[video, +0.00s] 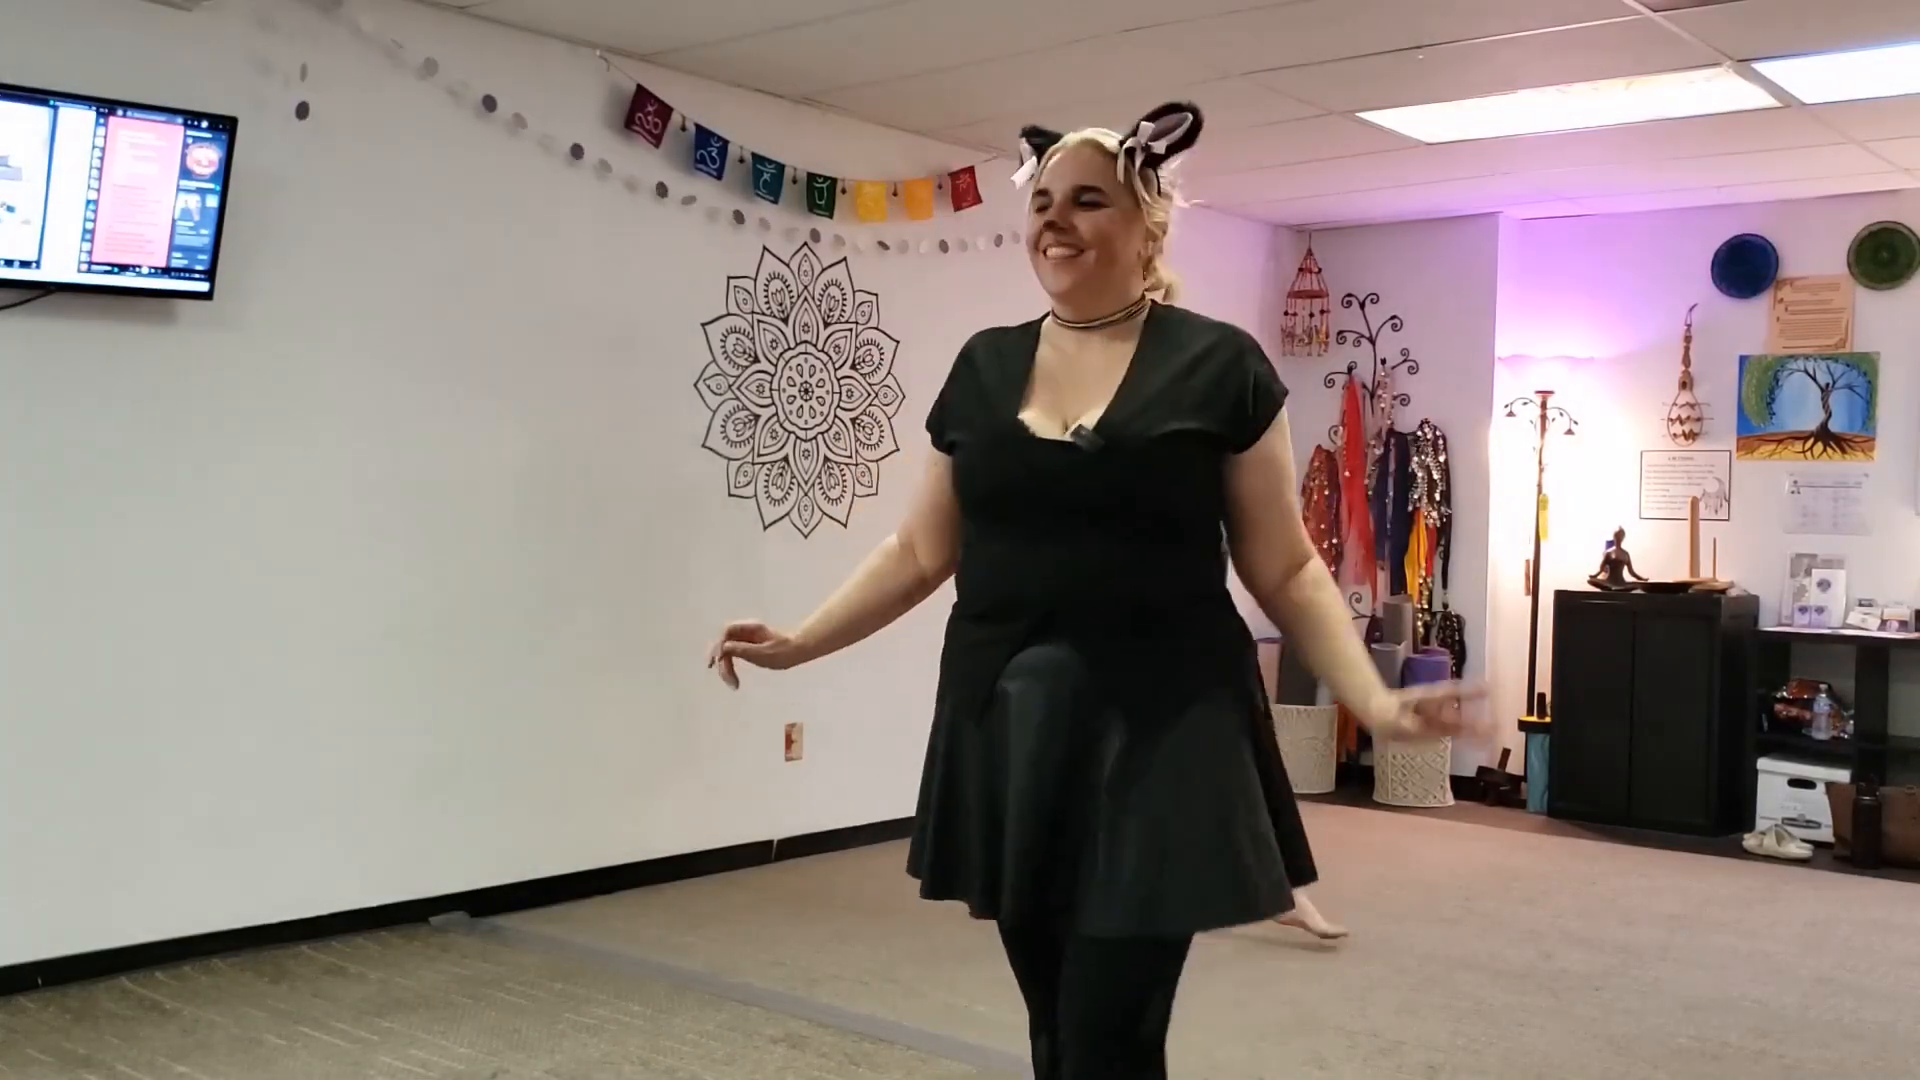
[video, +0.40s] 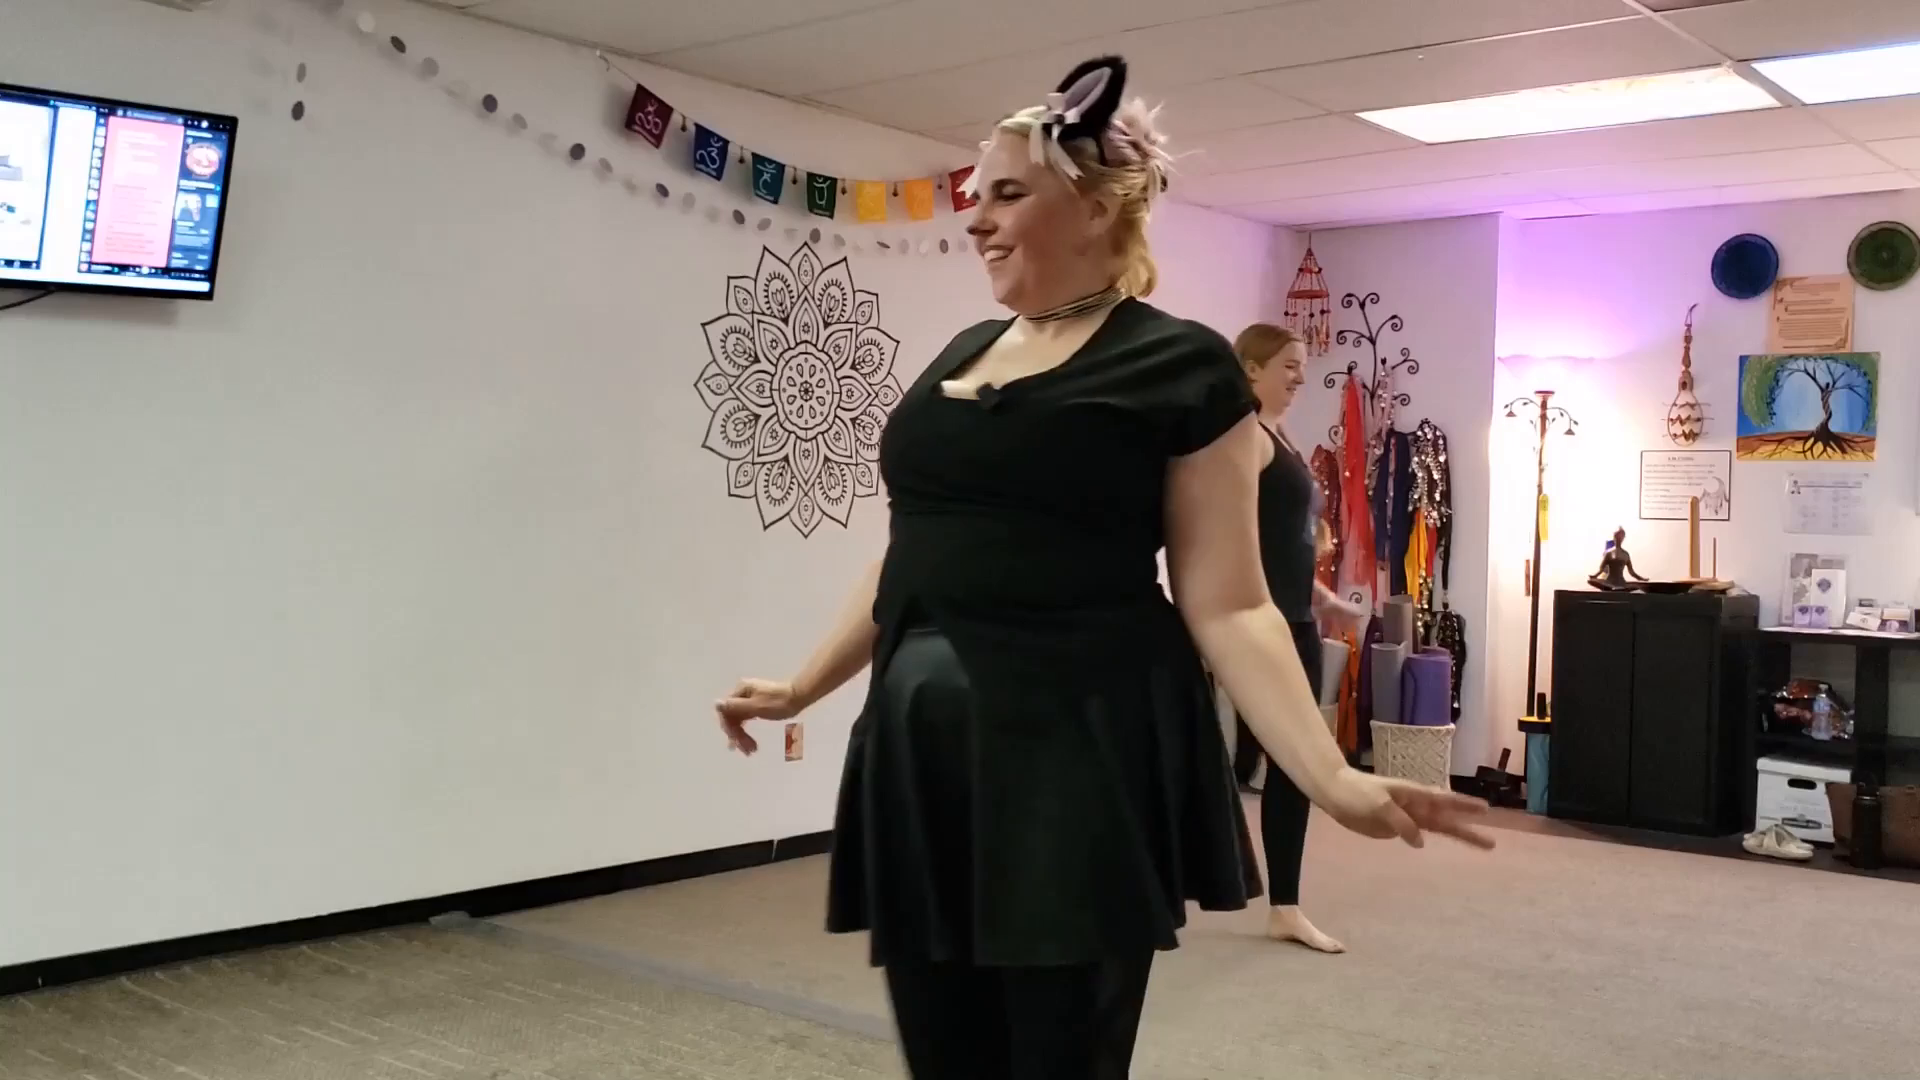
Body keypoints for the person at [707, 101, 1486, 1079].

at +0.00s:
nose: (1054, 222)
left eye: (1086, 201)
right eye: (1042, 206)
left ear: (1148, 224)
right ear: (1029, 234)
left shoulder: (1219, 369)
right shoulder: (989, 367)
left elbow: (1286, 569)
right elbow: (918, 551)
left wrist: (1374, 699)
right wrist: (803, 641)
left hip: (1164, 749)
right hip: (1010, 748)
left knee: (1103, 1047)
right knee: (1061, 1041)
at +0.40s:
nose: (979, 217)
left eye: (1008, 192)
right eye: (975, 199)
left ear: (1102, 200)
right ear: (973, 216)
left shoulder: (1181, 365)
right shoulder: (962, 356)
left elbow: (1233, 605)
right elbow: (912, 561)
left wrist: (1335, 783)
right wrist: (804, 685)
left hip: (1082, 771)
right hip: (921, 764)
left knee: (1061, 1057)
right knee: (944, 1056)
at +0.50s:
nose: (944, 228)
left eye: (973, 199)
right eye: (946, 204)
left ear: (1072, 207)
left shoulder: (1156, 365)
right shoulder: (950, 366)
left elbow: (1188, 593)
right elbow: (934, 592)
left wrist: (1282, 741)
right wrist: (848, 711)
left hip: (1071, 773)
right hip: (907, 762)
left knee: (1060, 1060)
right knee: (866, 1059)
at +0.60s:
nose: (905, 233)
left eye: (925, 201)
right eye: (907, 207)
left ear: (1014, 201)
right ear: (1007, 206)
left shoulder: (1115, 346)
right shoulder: (961, 349)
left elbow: (1095, 546)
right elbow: (915, 553)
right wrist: (857, 710)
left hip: (1040, 729)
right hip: (892, 723)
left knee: (1039, 1057)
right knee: (790, 1052)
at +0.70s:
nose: (870, 208)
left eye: (884, 178)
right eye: (872, 182)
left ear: (956, 181)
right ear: (959, 184)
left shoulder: (1067, 318)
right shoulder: (937, 347)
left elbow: (980, 540)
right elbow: (877, 559)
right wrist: (834, 710)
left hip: (1038, 719)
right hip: (892, 713)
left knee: (1024, 1058)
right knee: (734, 1034)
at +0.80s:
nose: (836, 192)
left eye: (849, 162)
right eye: (841, 166)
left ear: (912, 159)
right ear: (919, 161)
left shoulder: (1013, 297)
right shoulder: (938, 317)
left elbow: (884, 513)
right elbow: (874, 509)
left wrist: (661, 462)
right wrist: (686, 462)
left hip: (1006, 715)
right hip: (873, 709)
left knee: (1016, 1051)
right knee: (709, 1023)